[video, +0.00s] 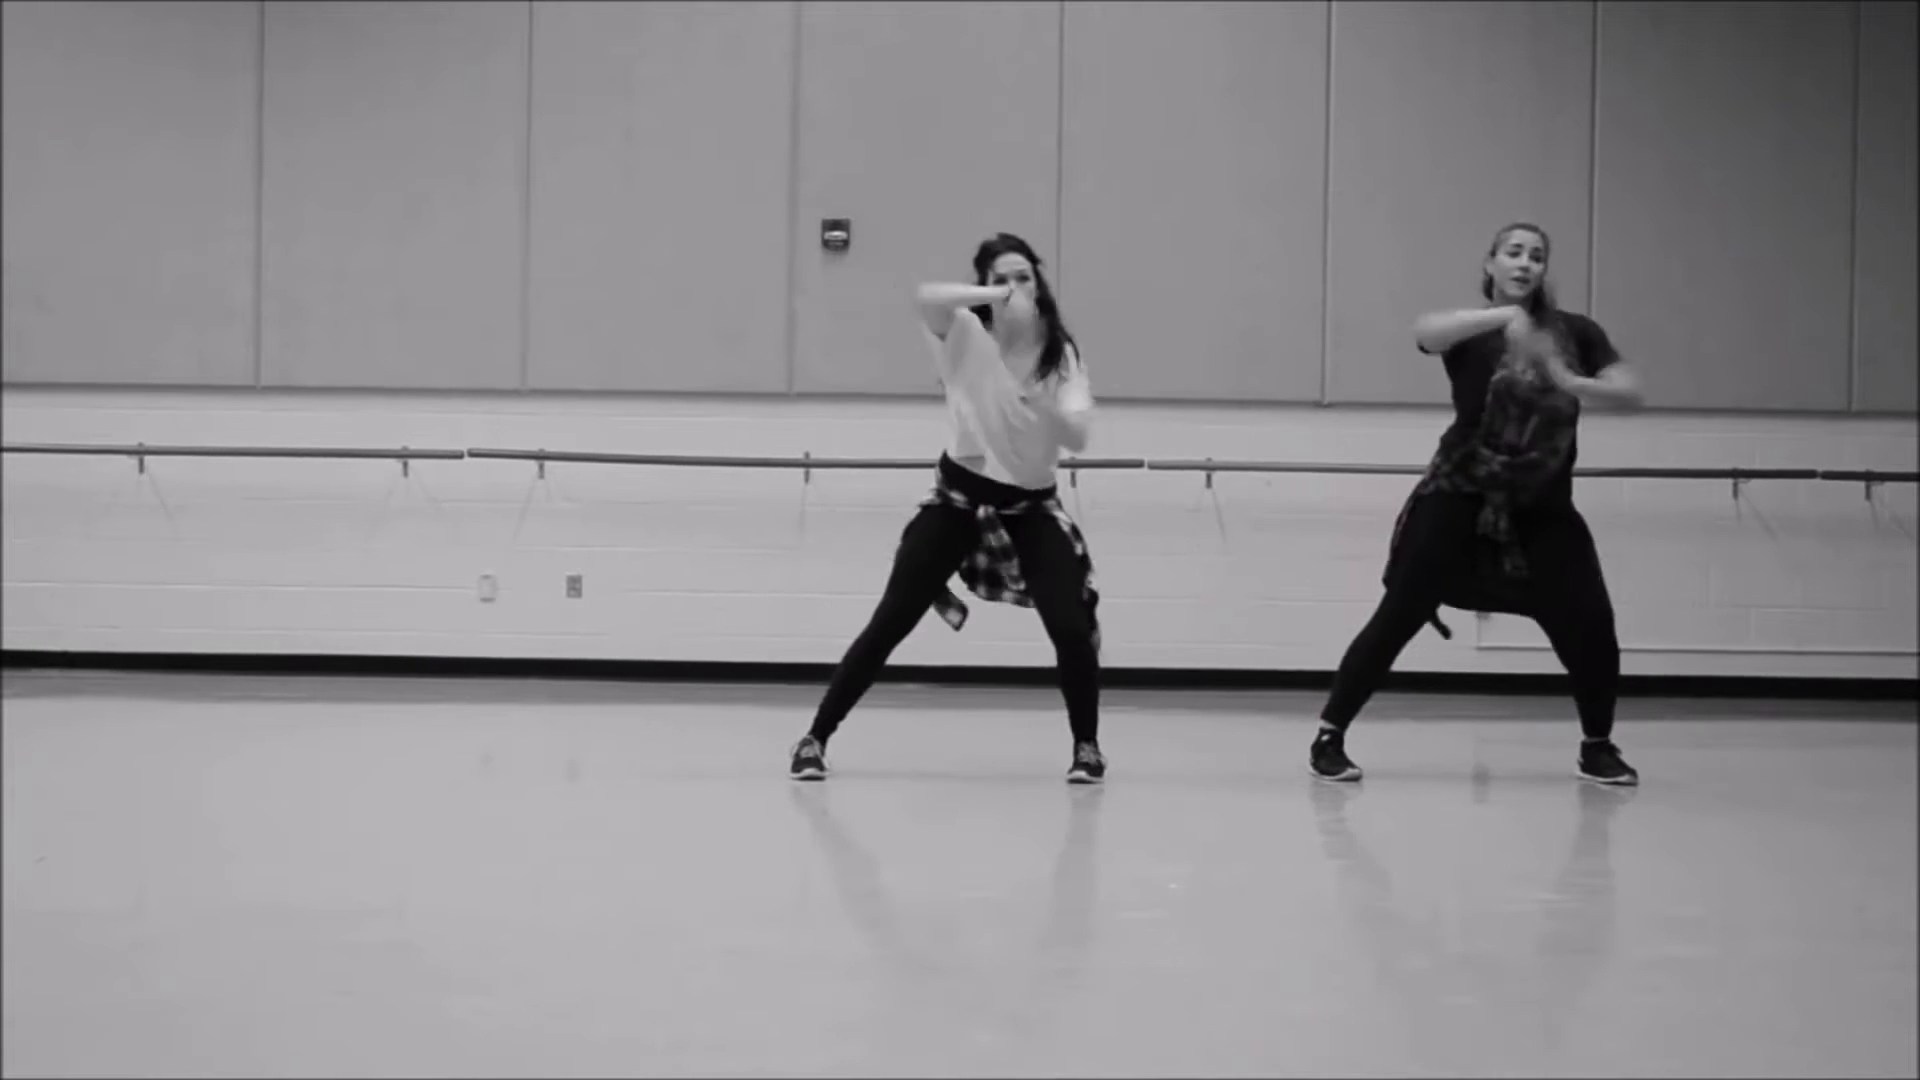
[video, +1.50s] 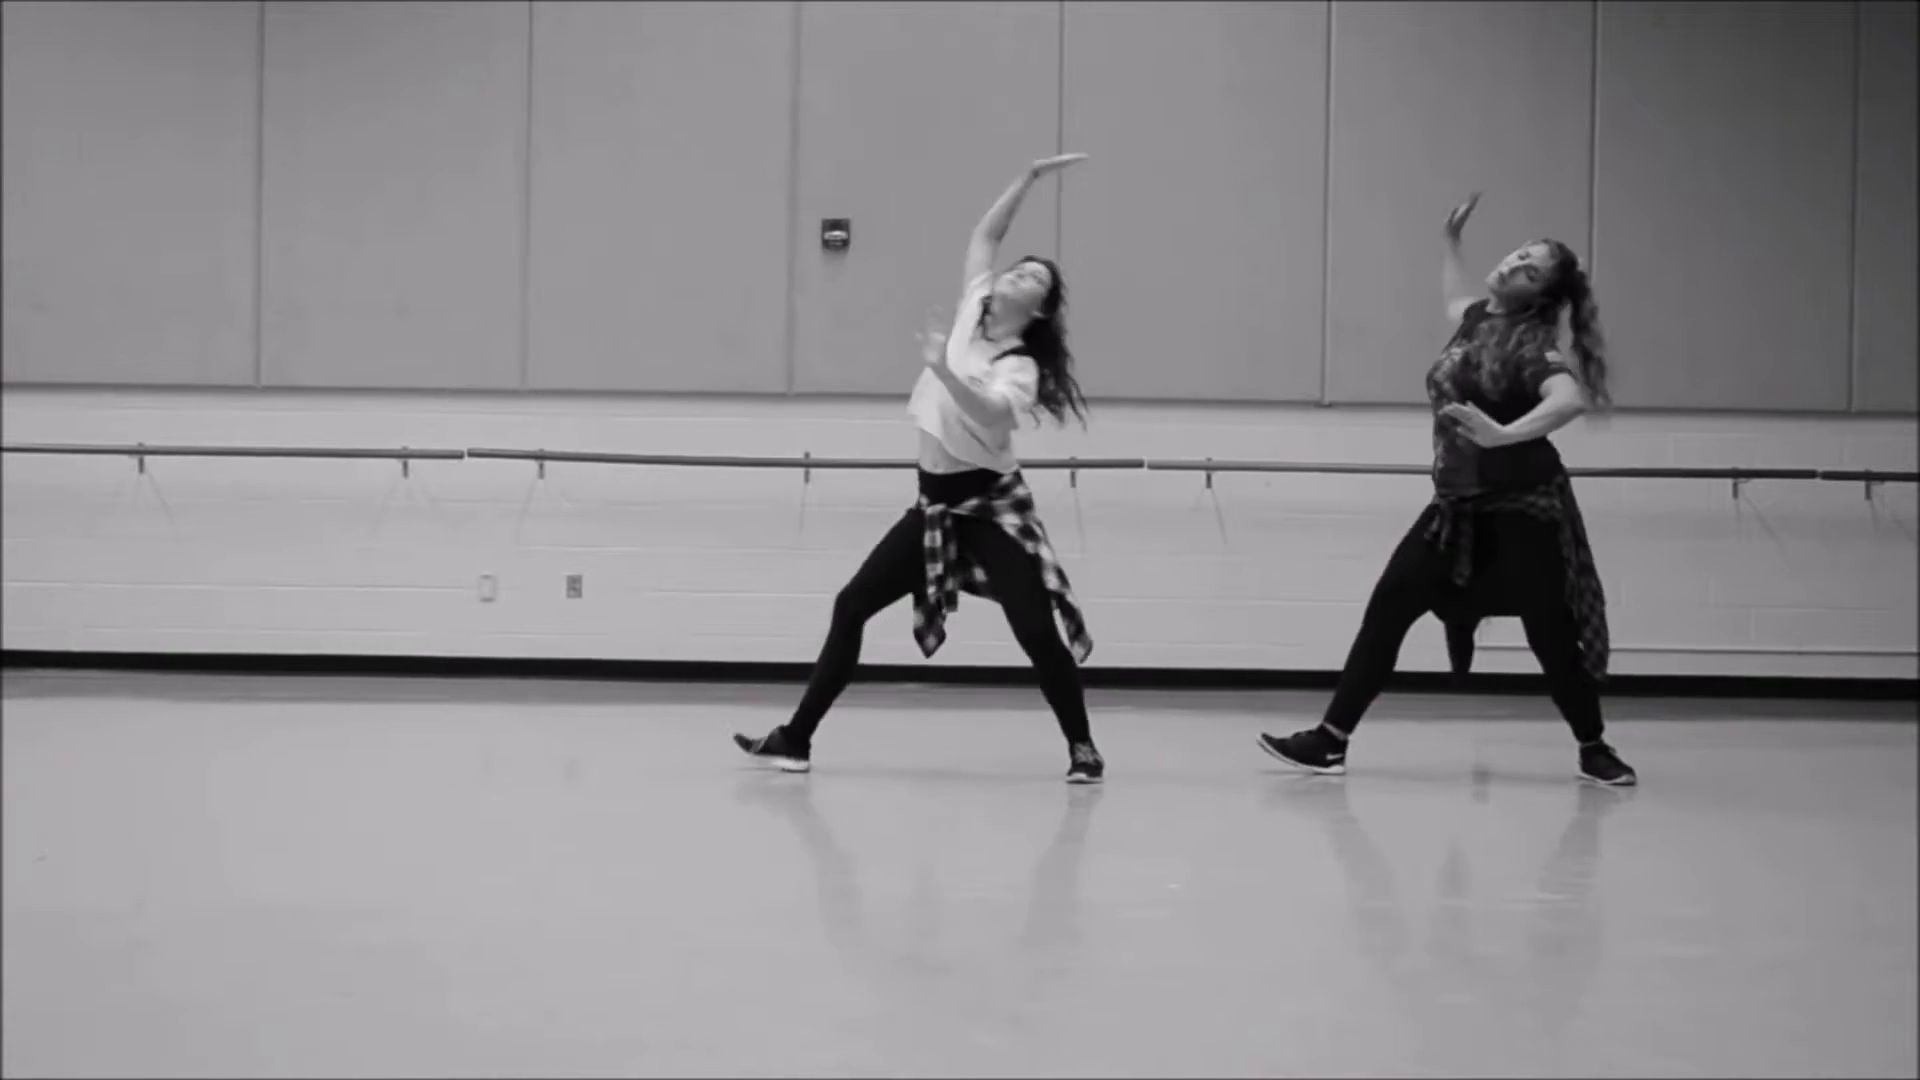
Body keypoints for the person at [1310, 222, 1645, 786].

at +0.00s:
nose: (1525, 262)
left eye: (1536, 256)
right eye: (1513, 253)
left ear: (1546, 271)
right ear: (1489, 265)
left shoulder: (1575, 332)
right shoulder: (1472, 331)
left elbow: (1632, 390)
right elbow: (1426, 333)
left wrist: (1568, 382)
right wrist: (1505, 317)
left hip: (1543, 506)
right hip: (1458, 500)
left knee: (1592, 628)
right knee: (1400, 616)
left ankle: (1598, 747)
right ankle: (1328, 736)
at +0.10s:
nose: (1533, 268)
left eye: (1543, 263)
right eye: (1521, 258)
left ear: (1555, 278)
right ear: (1496, 269)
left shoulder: (1578, 340)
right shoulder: (1466, 336)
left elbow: (1617, 402)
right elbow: (1481, 380)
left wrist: (1573, 344)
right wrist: (1522, 319)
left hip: (1543, 510)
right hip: (1459, 505)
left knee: (1593, 625)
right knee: (1401, 615)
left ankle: (1598, 747)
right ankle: (1329, 736)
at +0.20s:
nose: (1538, 270)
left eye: (1550, 264)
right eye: (1527, 259)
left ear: (1559, 279)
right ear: (1502, 271)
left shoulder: (1578, 339)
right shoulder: (1473, 346)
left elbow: (1656, 343)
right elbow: (1511, 414)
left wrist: (1585, 315)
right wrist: (1548, 347)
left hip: (1542, 509)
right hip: (1459, 501)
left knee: (1590, 621)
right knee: (1399, 614)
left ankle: (1597, 747)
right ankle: (1328, 738)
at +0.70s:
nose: (1593, 287)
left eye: (1595, 278)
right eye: (1585, 275)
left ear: (1578, 280)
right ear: (1548, 273)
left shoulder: (1594, 341)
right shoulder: (1490, 330)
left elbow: (1681, 370)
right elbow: (1468, 364)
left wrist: (1629, 393)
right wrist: (1550, 380)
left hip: (1541, 509)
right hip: (1459, 500)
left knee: (1594, 619)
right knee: (1398, 617)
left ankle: (1596, 747)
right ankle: (1330, 737)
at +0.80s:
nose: (1599, 288)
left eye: (1602, 278)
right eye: (1593, 276)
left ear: (1577, 277)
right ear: (1557, 270)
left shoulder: (1596, 347)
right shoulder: (1495, 321)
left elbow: (1661, 398)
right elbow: (1454, 322)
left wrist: (1623, 417)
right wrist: (1540, 352)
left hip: (1544, 505)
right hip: (1463, 497)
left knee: (1586, 624)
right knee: (1408, 621)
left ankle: (1595, 746)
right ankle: (1336, 738)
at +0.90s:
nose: (1600, 292)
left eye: (1604, 282)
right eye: (1595, 277)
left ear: (1574, 278)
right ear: (1558, 268)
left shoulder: (1586, 353)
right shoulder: (1485, 306)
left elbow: (1636, 432)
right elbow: (1436, 234)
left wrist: (1567, 449)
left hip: (1544, 506)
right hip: (1458, 497)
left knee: (1577, 628)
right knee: (1407, 620)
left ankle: (1594, 748)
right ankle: (1349, 740)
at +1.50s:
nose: (1514, 262)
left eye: (1531, 266)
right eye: (1518, 254)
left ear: (1541, 295)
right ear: (1503, 265)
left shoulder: (1535, 343)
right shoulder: (1474, 323)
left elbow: (1569, 400)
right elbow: (1456, 299)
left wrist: (1505, 433)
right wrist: (1451, 245)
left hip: (1524, 507)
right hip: (1457, 506)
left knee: (1553, 635)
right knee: (1389, 605)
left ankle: (1593, 748)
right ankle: (1331, 735)